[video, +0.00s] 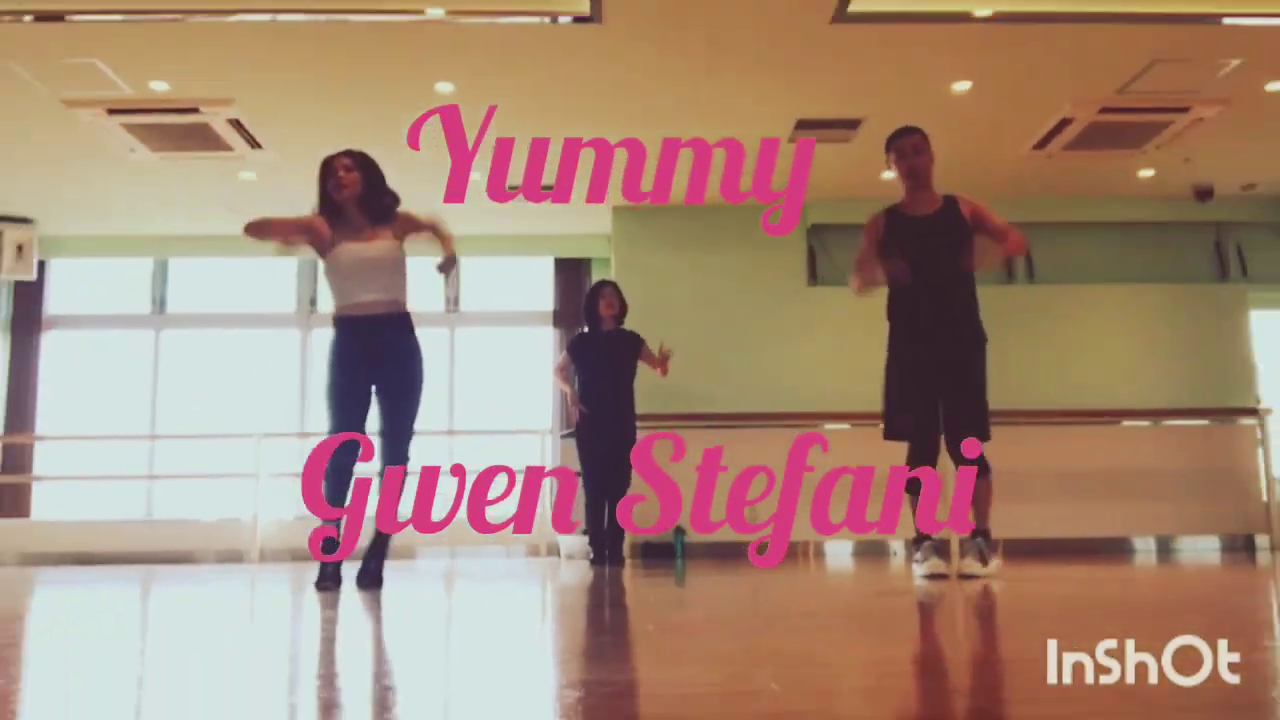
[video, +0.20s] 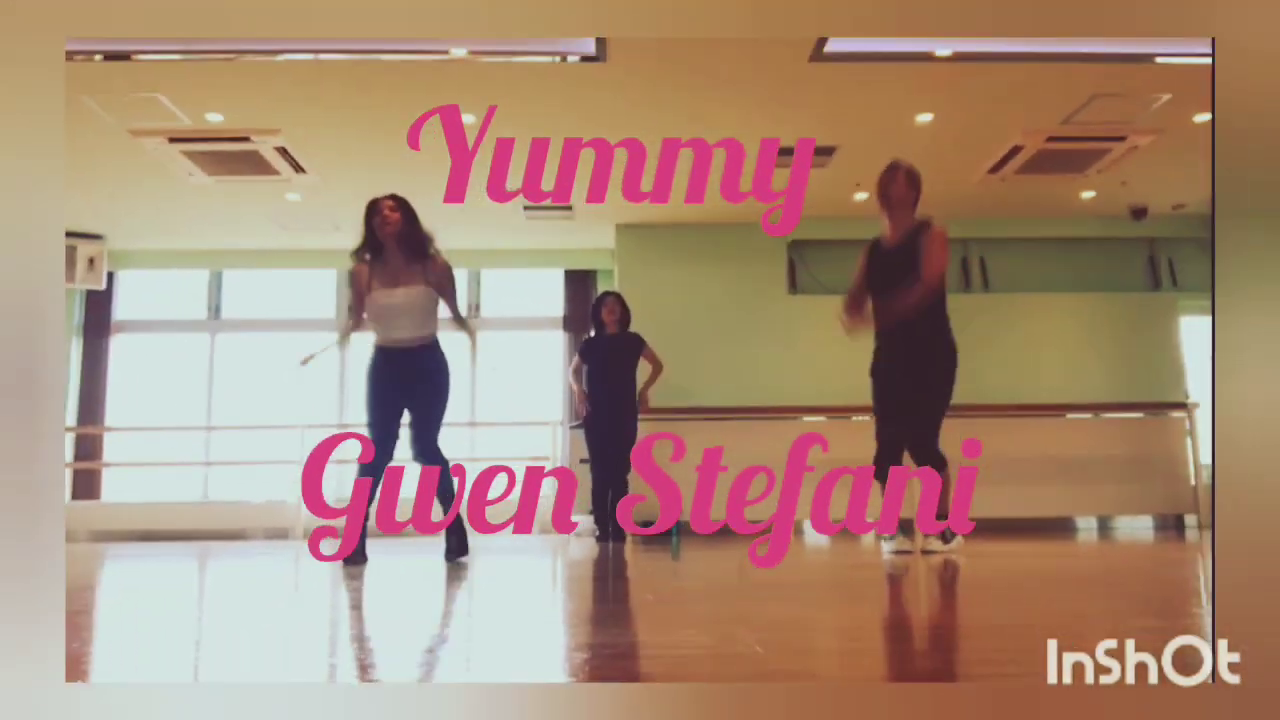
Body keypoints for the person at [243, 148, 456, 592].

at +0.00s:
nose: (342, 177)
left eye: (350, 169)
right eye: (334, 174)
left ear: (368, 178)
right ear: (327, 187)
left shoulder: (394, 222)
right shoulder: (322, 227)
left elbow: (436, 227)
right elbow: (253, 228)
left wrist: (450, 252)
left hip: (397, 340)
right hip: (350, 343)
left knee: (395, 449)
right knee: (344, 447)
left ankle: (381, 544)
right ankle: (330, 546)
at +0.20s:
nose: (387, 216)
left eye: (394, 210)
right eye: (379, 213)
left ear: (408, 220)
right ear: (371, 226)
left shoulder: (433, 265)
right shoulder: (364, 270)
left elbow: (454, 308)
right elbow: (356, 316)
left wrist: (466, 326)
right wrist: (350, 325)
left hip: (427, 362)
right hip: (386, 364)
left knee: (425, 447)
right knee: (378, 451)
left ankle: (455, 525)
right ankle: (355, 537)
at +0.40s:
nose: (413, 205)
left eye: (420, 197)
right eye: (405, 200)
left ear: (434, 202)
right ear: (398, 209)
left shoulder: (452, 229)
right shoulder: (399, 243)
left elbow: (455, 240)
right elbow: (359, 267)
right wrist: (373, 256)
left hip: (463, 334)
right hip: (427, 336)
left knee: (459, 430)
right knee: (405, 432)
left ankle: (472, 519)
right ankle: (380, 524)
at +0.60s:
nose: (419, 203)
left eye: (426, 195)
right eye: (414, 196)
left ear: (441, 197)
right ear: (408, 202)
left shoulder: (458, 223)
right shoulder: (419, 234)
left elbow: (456, 166)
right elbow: (413, 179)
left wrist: (441, 120)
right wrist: (415, 127)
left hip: (474, 329)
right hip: (447, 334)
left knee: (475, 420)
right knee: (456, 425)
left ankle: (502, 508)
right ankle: (491, 502)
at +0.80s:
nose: (412, 243)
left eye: (413, 235)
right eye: (408, 238)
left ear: (428, 228)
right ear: (419, 233)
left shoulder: (463, 248)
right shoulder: (435, 256)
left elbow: (457, 195)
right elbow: (408, 214)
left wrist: (450, 153)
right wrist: (417, 168)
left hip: (483, 361)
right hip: (460, 365)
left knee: (459, 449)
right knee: (406, 435)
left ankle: (509, 518)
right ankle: (451, 501)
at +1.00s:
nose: (417, 227)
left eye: (424, 219)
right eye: (419, 219)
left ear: (439, 222)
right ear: (458, 225)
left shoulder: (448, 259)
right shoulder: (432, 262)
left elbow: (459, 306)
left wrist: (462, 318)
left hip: (436, 372)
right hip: (420, 373)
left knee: (429, 471)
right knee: (338, 437)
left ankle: (501, 534)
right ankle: (302, 530)